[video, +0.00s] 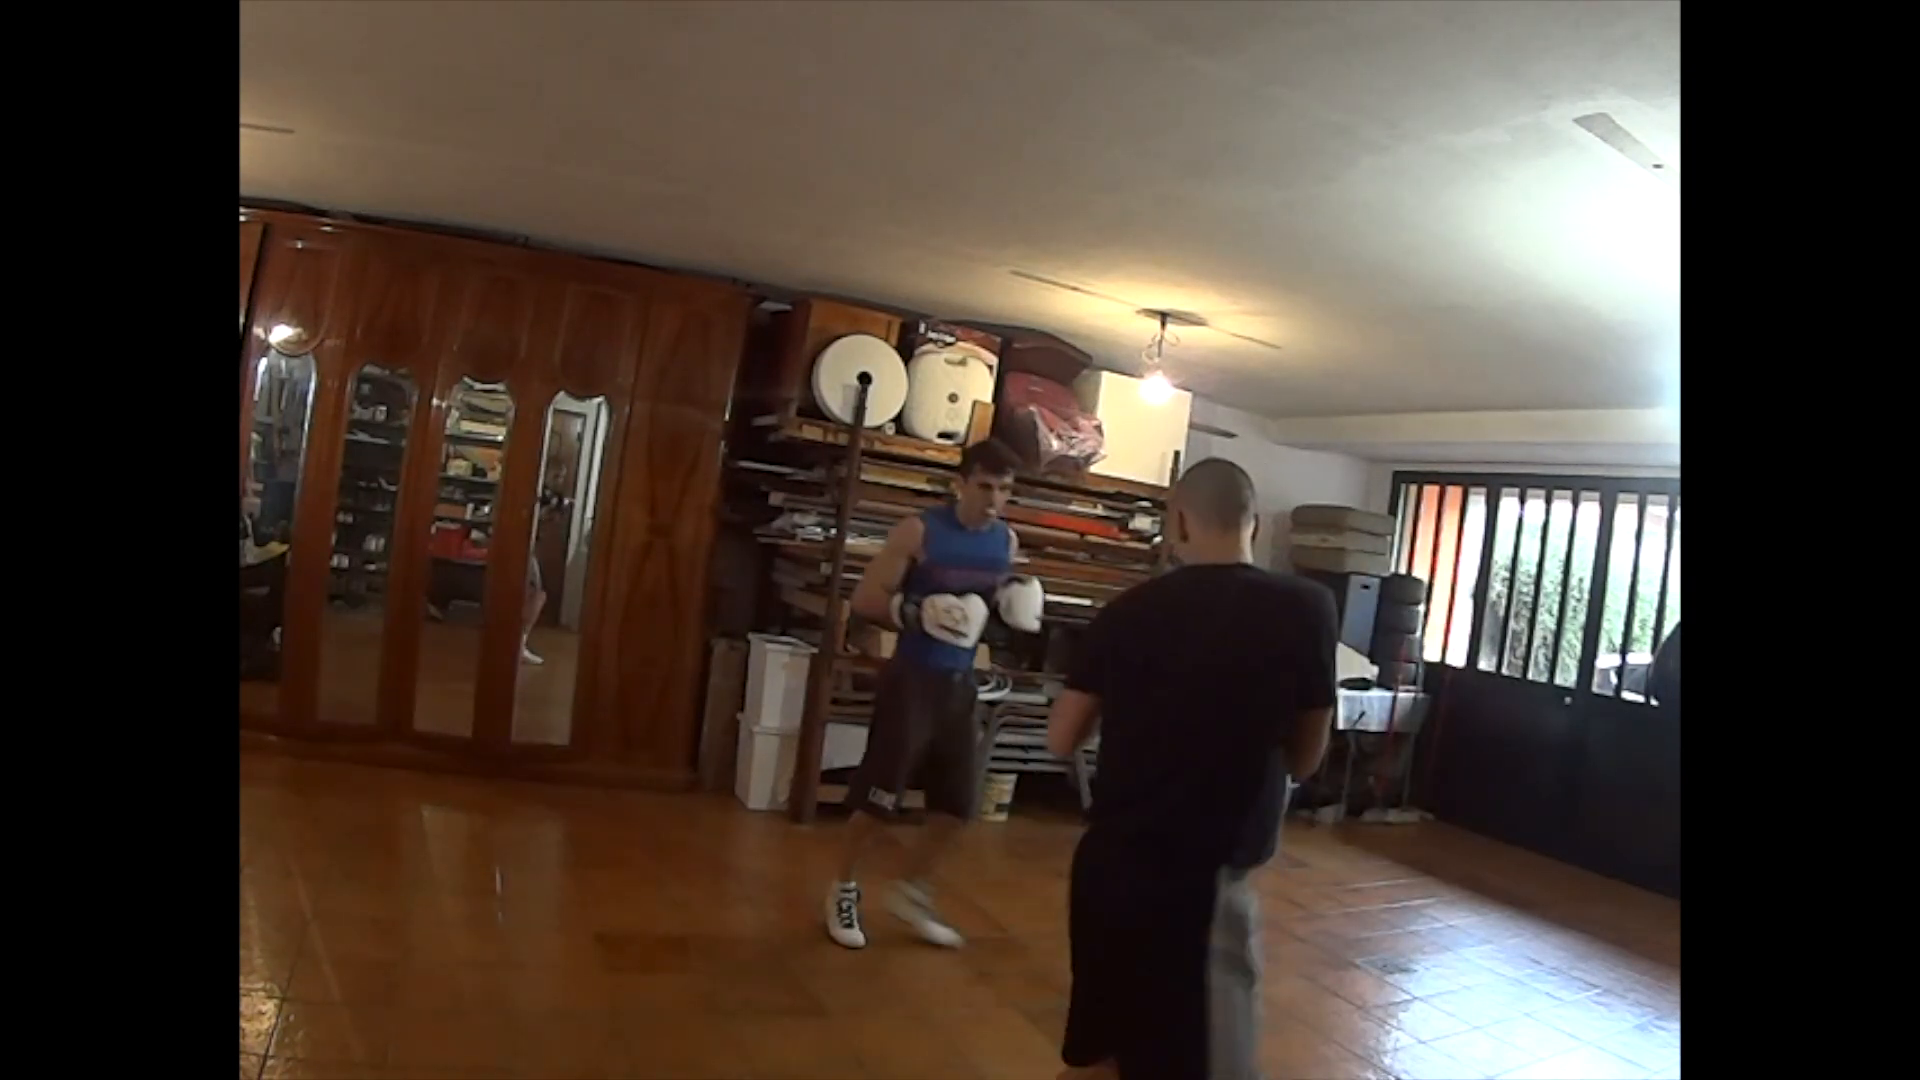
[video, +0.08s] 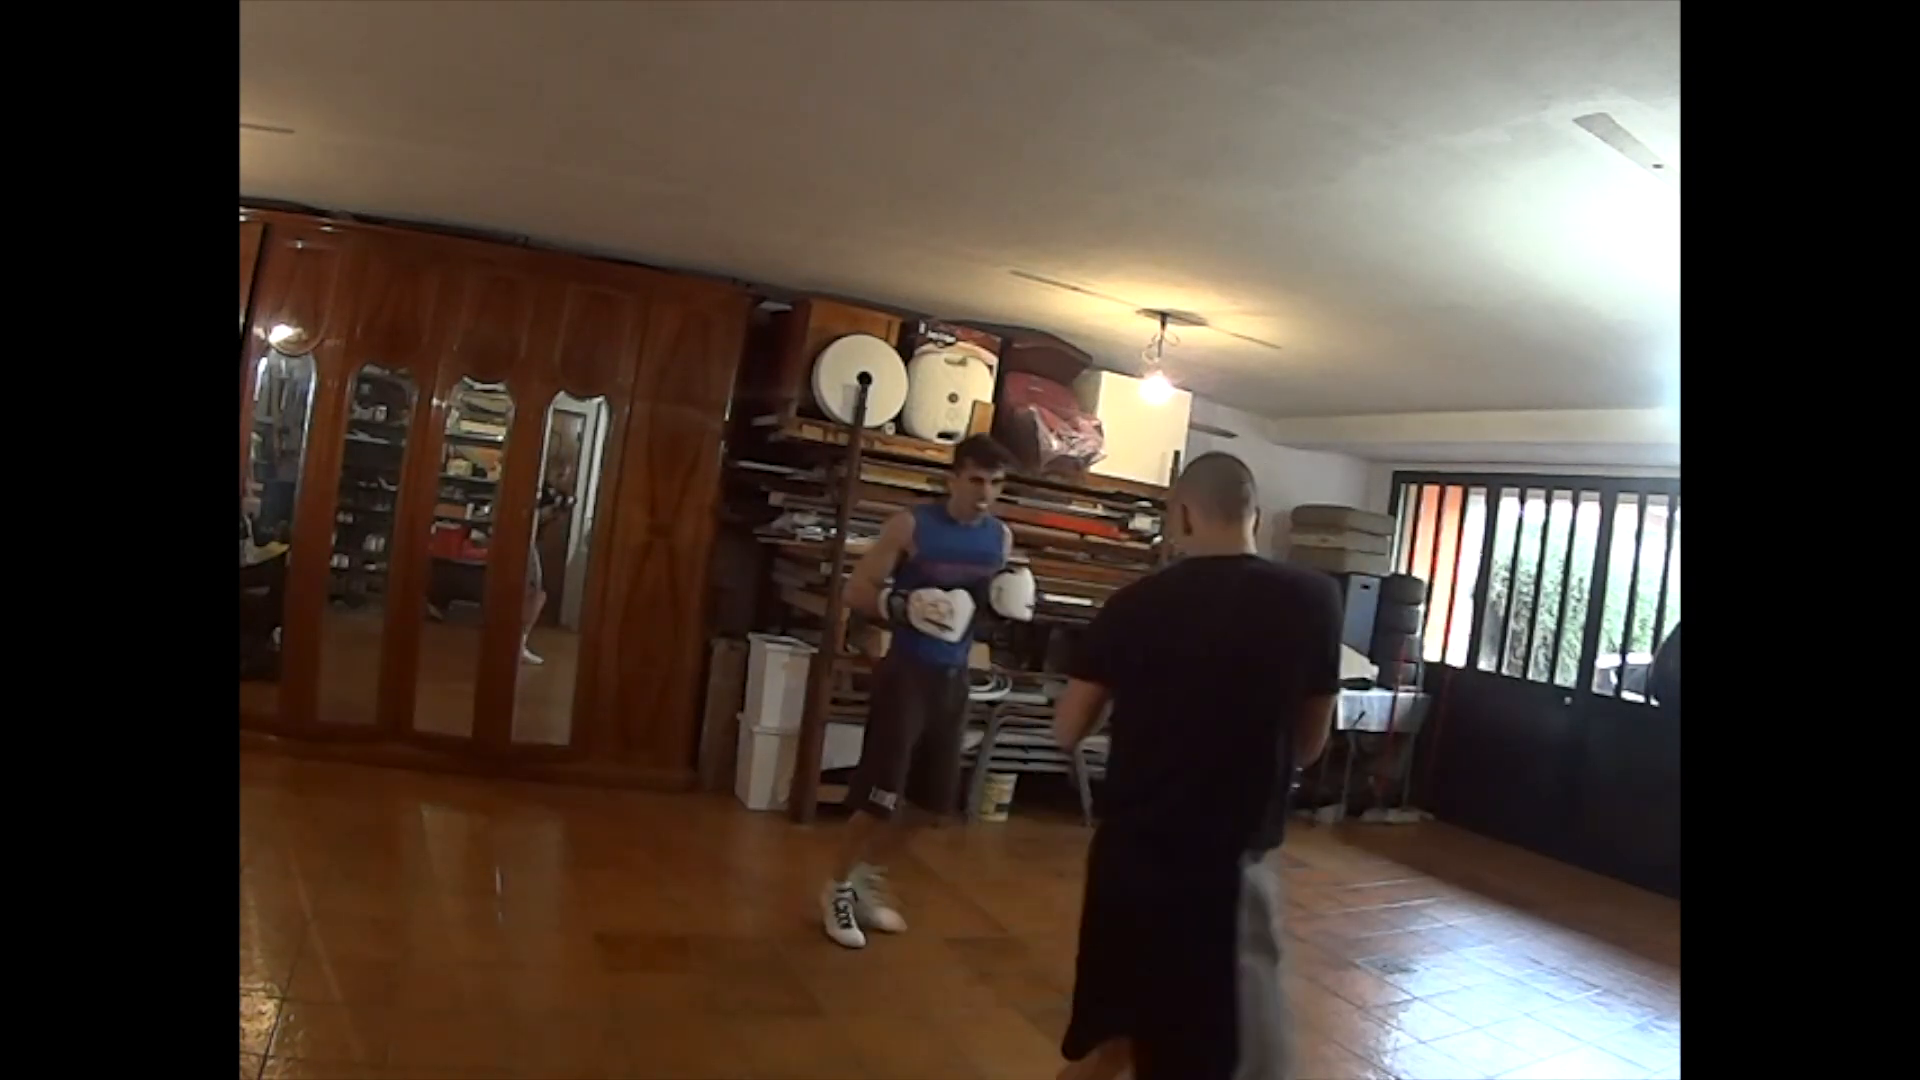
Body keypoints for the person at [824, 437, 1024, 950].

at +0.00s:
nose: (995, 498)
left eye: (1004, 489)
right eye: (986, 486)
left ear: (1010, 492)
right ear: (961, 483)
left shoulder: (1004, 539)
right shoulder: (919, 529)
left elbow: (995, 599)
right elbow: (865, 601)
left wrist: (1017, 601)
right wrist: (917, 613)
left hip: (961, 684)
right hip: (911, 678)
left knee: (957, 806)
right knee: (879, 797)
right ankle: (844, 889)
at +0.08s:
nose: (986, 491)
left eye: (994, 482)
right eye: (977, 479)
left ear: (1001, 486)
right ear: (954, 478)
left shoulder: (999, 536)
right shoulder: (910, 524)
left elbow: (992, 602)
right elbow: (859, 592)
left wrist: (1011, 598)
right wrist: (905, 606)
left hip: (952, 678)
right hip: (905, 671)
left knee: (927, 800)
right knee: (881, 796)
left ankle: (867, 877)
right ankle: (837, 887)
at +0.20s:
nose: (968, 505)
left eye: (977, 497)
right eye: (960, 494)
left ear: (984, 502)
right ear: (937, 493)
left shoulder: (983, 553)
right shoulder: (896, 541)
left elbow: (983, 636)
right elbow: (841, 604)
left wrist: (992, 615)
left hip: (935, 690)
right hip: (887, 683)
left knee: (887, 806)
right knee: (895, 816)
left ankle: (832, 879)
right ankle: (832, 884)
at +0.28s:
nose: (967, 512)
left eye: (974, 504)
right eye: (958, 502)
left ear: (981, 508)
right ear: (934, 500)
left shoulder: (975, 562)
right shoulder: (892, 547)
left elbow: (979, 650)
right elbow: (838, 607)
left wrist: (985, 619)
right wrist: (849, 647)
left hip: (930, 697)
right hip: (883, 690)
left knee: (874, 801)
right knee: (906, 817)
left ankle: (821, 876)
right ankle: (841, 887)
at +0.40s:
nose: (972, 500)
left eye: (979, 492)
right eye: (963, 489)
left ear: (983, 497)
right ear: (938, 487)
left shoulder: (973, 548)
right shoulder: (897, 531)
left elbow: (975, 636)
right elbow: (836, 594)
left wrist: (982, 600)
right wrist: (877, 608)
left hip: (925, 686)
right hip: (883, 676)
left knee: (876, 789)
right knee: (905, 806)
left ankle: (828, 870)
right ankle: (853, 910)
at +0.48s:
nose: (976, 498)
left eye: (983, 490)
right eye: (967, 487)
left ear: (986, 494)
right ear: (940, 486)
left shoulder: (975, 545)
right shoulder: (899, 529)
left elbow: (974, 635)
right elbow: (837, 592)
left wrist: (983, 598)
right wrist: (877, 604)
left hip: (926, 684)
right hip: (884, 676)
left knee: (877, 788)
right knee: (904, 813)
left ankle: (829, 871)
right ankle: (868, 940)